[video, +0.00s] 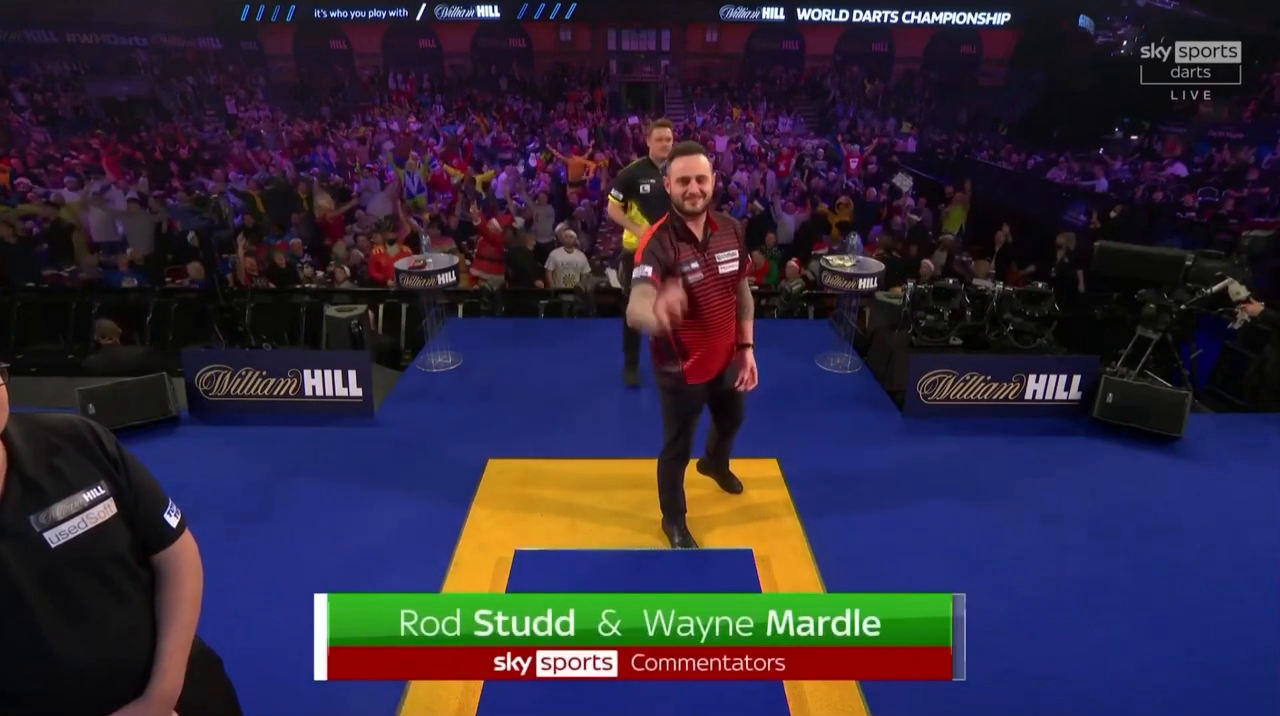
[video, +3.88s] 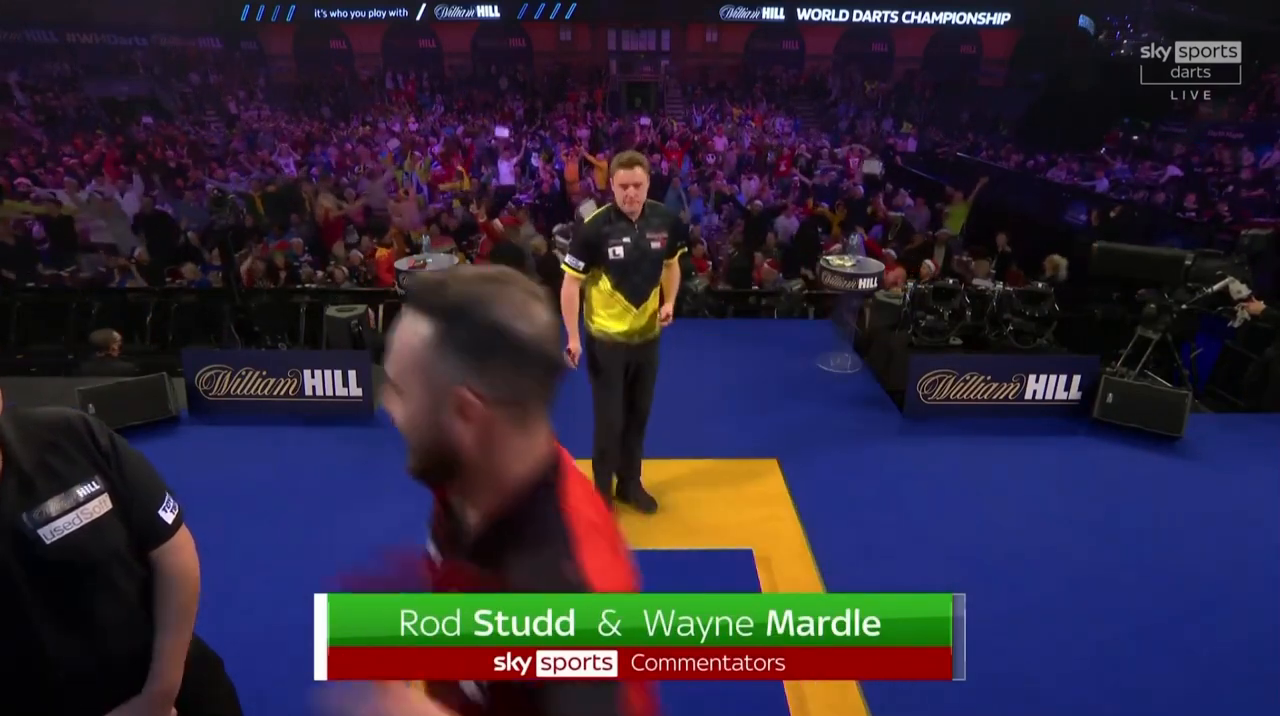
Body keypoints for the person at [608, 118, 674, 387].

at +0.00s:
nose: (664, 145)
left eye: (668, 140)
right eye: (659, 140)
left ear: (673, 142)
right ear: (648, 141)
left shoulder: (679, 170)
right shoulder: (631, 173)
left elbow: (690, 203)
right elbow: (613, 208)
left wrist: (683, 228)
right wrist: (638, 230)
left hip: (671, 249)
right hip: (637, 250)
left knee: (672, 305)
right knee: (634, 309)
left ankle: (673, 367)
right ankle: (631, 368)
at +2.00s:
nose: (619, 150)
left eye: (623, 145)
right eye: (614, 145)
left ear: (631, 146)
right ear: (607, 147)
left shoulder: (647, 175)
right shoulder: (596, 176)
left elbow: (660, 208)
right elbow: (579, 210)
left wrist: (644, 227)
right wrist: (597, 228)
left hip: (637, 252)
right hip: (607, 253)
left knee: (636, 306)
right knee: (614, 307)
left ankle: (635, 354)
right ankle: (619, 353)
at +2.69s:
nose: (632, 174)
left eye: (636, 168)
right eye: (626, 168)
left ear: (645, 163)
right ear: (618, 164)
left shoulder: (663, 191)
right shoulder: (605, 191)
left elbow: (675, 229)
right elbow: (586, 228)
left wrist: (654, 250)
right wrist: (611, 251)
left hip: (647, 276)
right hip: (612, 275)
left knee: (643, 337)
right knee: (610, 337)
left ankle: (641, 389)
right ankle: (615, 388)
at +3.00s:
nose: (621, 190)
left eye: (626, 183)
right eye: (616, 184)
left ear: (636, 176)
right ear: (606, 179)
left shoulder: (656, 202)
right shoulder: (594, 207)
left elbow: (670, 244)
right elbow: (575, 248)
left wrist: (647, 267)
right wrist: (607, 272)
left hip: (642, 292)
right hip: (606, 293)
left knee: (640, 350)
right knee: (607, 367)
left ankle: (640, 391)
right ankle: (603, 440)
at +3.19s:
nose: (615, 196)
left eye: (620, 189)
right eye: (609, 190)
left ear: (630, 180)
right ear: (599, 182)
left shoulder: (649, 203)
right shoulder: (585, 209)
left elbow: (660, 244)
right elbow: (561, 252)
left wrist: (646, 276)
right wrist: (590, 285)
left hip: (635, 304)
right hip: (596, 306)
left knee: (641, 367)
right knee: (600, 377)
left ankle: (633, 397)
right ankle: (603, 444)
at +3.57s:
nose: (621, 207)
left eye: (627, 200)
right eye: (615, 200)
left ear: (637, 189)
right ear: (603, 190)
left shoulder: (652, 214)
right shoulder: (585, 223)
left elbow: (659, 256)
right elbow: (560, 271)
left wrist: (651, 296)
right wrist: (565, 320)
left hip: (638, 317)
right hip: (595, 320)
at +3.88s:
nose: (631, 193)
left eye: (637, 185)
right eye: (624, 186)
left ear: (648, 185)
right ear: (612, 186)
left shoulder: (667, 221)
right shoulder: (593, 229)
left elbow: (672, 264)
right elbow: (571, 282)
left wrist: (669, 301)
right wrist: (573, 336)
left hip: (647, 337)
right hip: (606, 339)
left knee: (638, 416)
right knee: (610, 419)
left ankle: (630, 483)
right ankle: (603, 493)